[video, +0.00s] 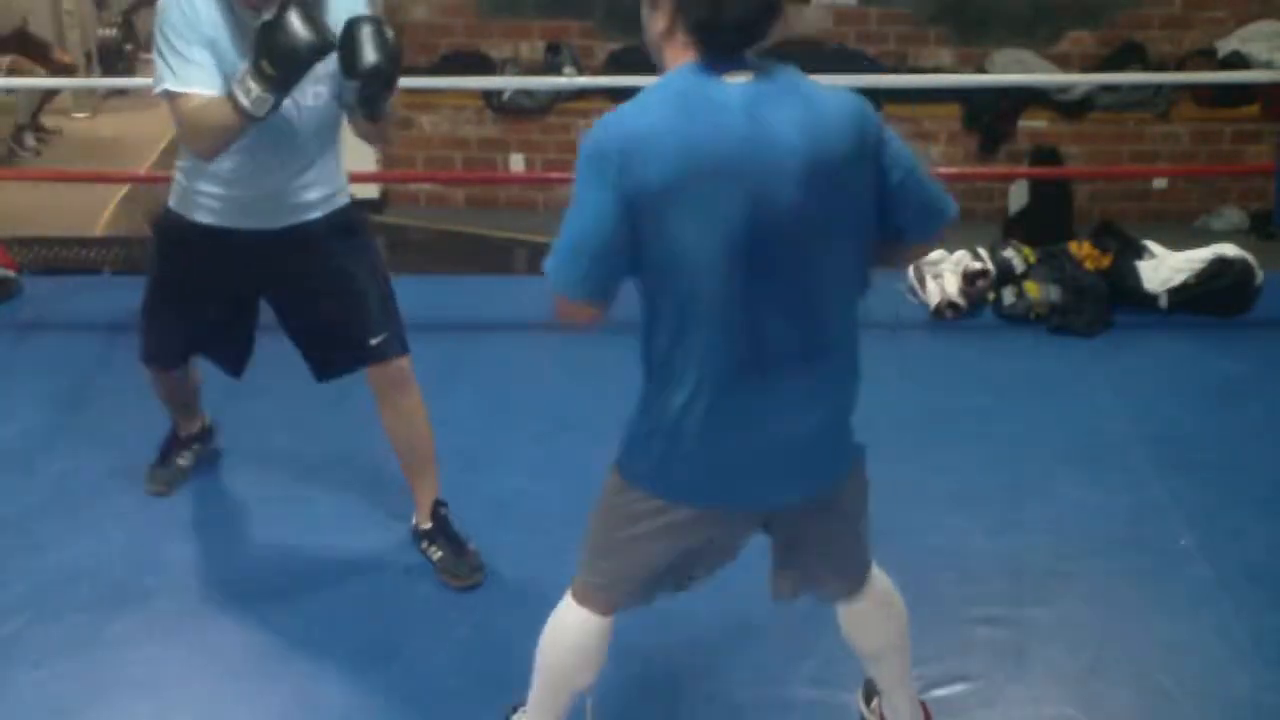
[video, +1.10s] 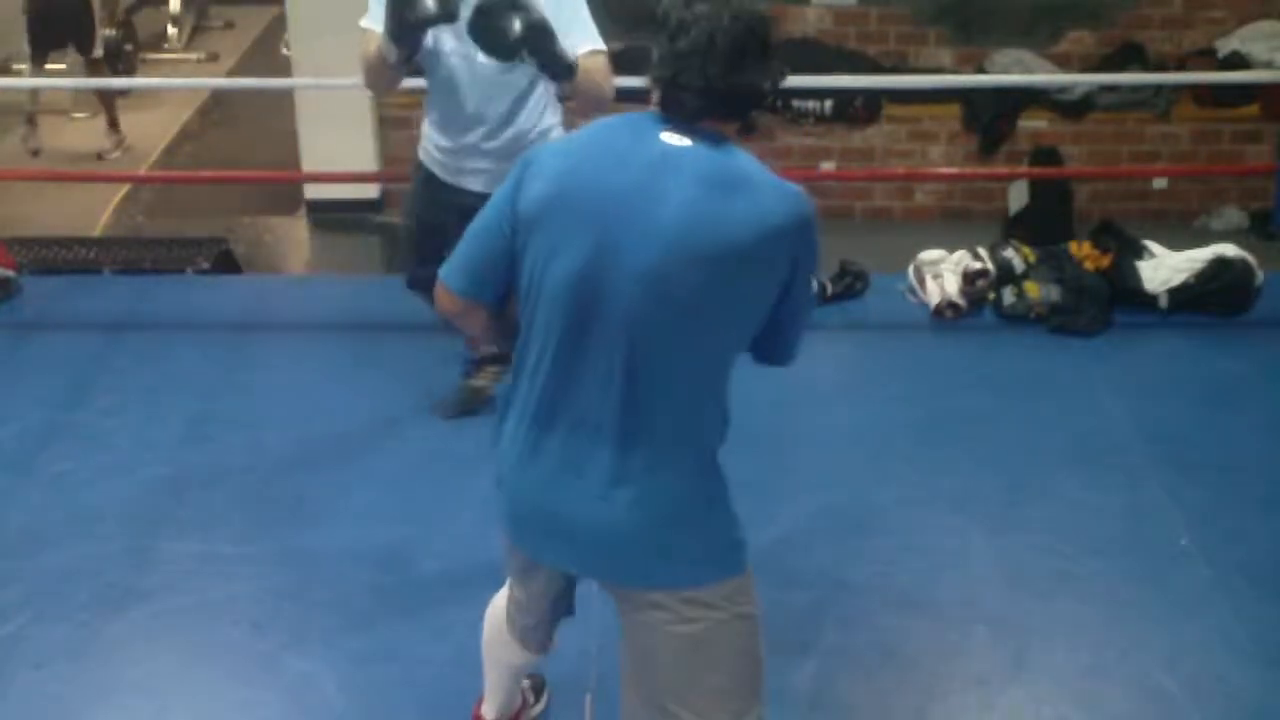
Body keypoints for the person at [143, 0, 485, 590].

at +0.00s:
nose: (262, 0)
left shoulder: (342, 7)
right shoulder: (190, 9)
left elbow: (375, 133)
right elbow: (197, 136)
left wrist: (371, 94)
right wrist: (264, 78)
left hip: (317, 214)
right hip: (205, 217)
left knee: (390, 362)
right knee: (163, 353)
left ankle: (431, 520)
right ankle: (191, 433)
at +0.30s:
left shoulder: (357, 6)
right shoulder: (207, 6)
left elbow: (425, 100)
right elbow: (198, 117)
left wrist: (403, 31)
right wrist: (249, 61)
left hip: (351, 213)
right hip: (243, 214)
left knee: (425, 361)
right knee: (198, 345)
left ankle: (514, 502)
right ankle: (193, 435)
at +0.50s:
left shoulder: (435, 4)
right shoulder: (280, 5)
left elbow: (486, 110)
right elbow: (262, 111)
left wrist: (449, 41)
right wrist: (299, 57)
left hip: (413, 199)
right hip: (309, 195)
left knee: (463, 357)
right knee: (254, 318)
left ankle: (516, 505)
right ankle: (246, 421)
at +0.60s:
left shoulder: (450, 5)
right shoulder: (291, 4)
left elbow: (489, 114)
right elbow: (277, 104)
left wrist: (459, 69)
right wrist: (316, 55)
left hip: (430, 188)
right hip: (328, 187)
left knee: (476, 349)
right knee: (282, 313)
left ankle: (517, 508)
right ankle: (329, 390)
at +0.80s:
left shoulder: (474, 1)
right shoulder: (316, 5)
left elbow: (543, 72)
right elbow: (301, 96)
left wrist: (494, 16)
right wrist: (347, 44)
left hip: (461, 173)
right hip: (365, 179)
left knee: (496, 300)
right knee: (333, 308)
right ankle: (348, 396)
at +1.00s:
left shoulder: (523, 0)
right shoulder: (381, 3)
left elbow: (588, 68)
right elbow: (357, 86)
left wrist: (547, 18)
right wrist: (386, 46)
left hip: (513, 164)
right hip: (426, 165)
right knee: (399, 294)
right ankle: (413, 372)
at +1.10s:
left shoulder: (553, 5)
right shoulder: (410, 1)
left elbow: (600, 93)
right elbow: (378, 82)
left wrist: (548, 57)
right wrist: (400, 36)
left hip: (529, 162)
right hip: (446, 158)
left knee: (524, 274)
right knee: (436, 279)